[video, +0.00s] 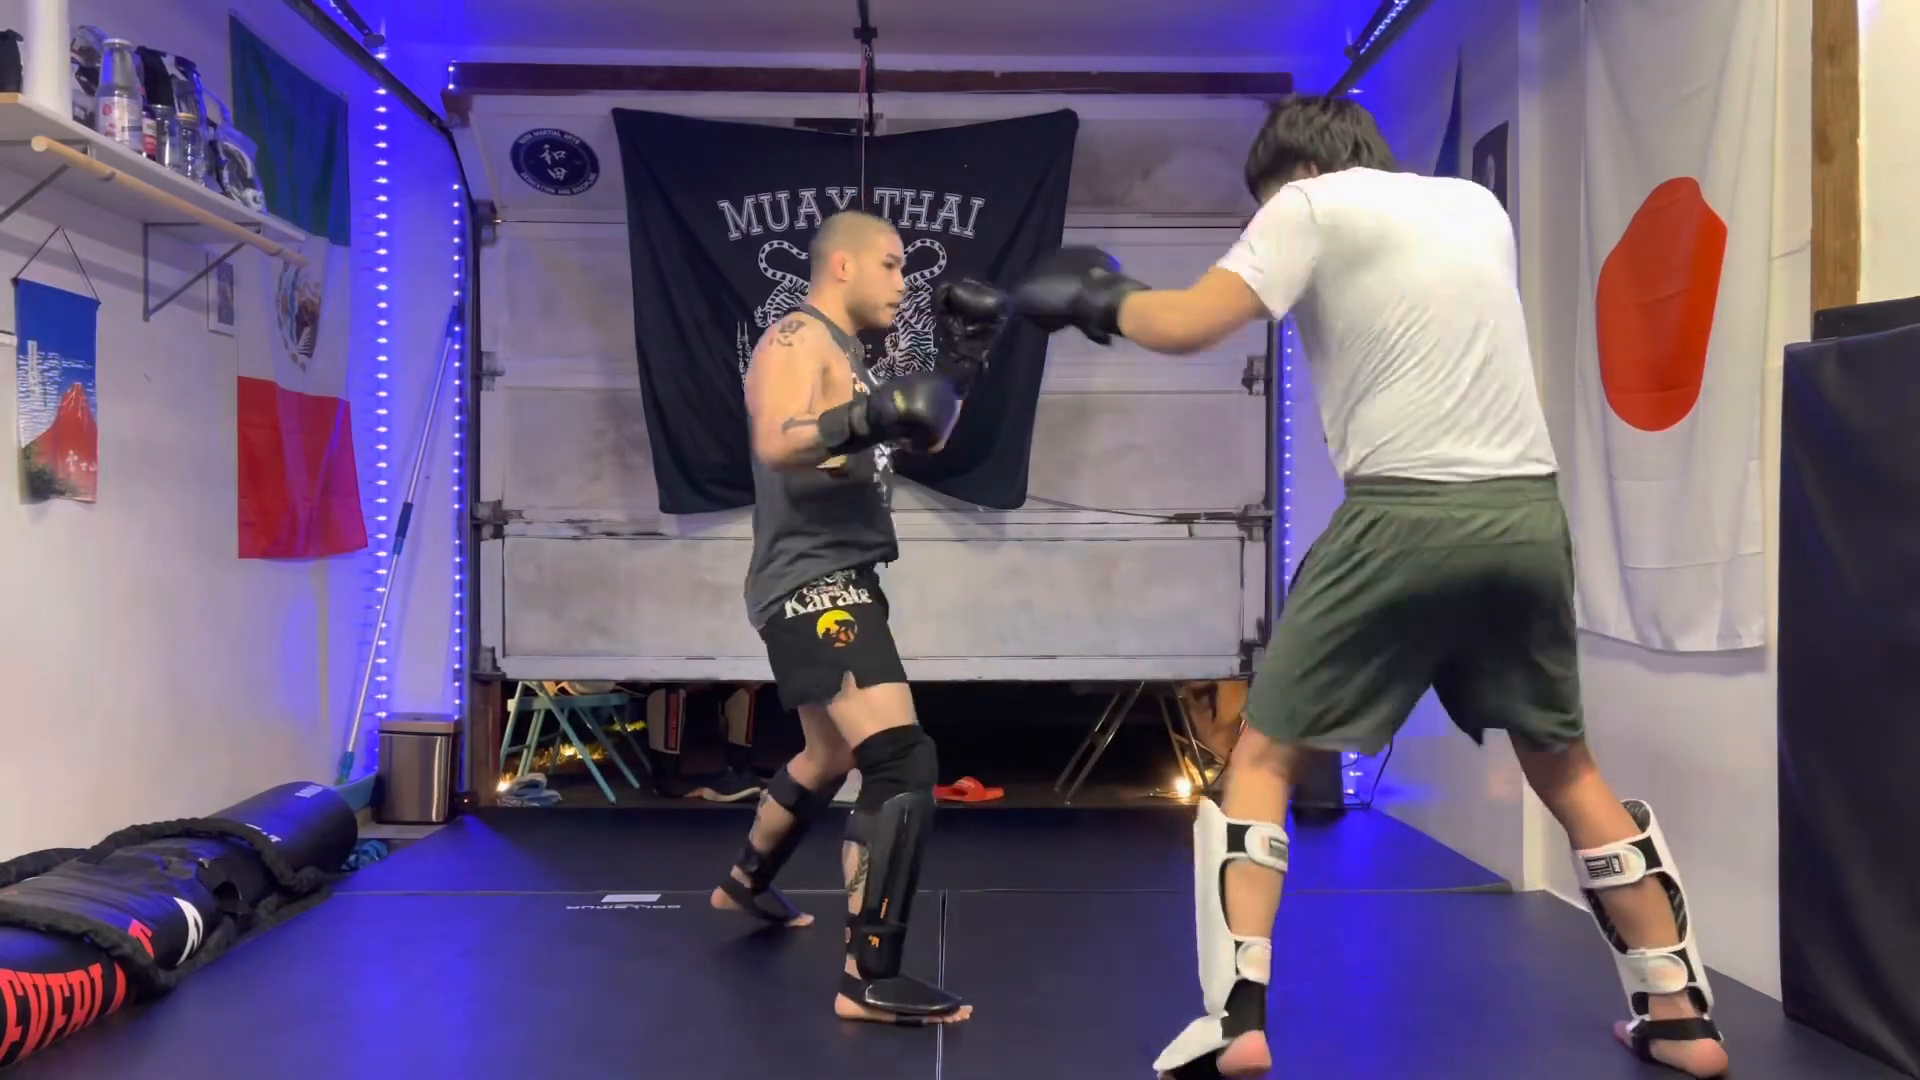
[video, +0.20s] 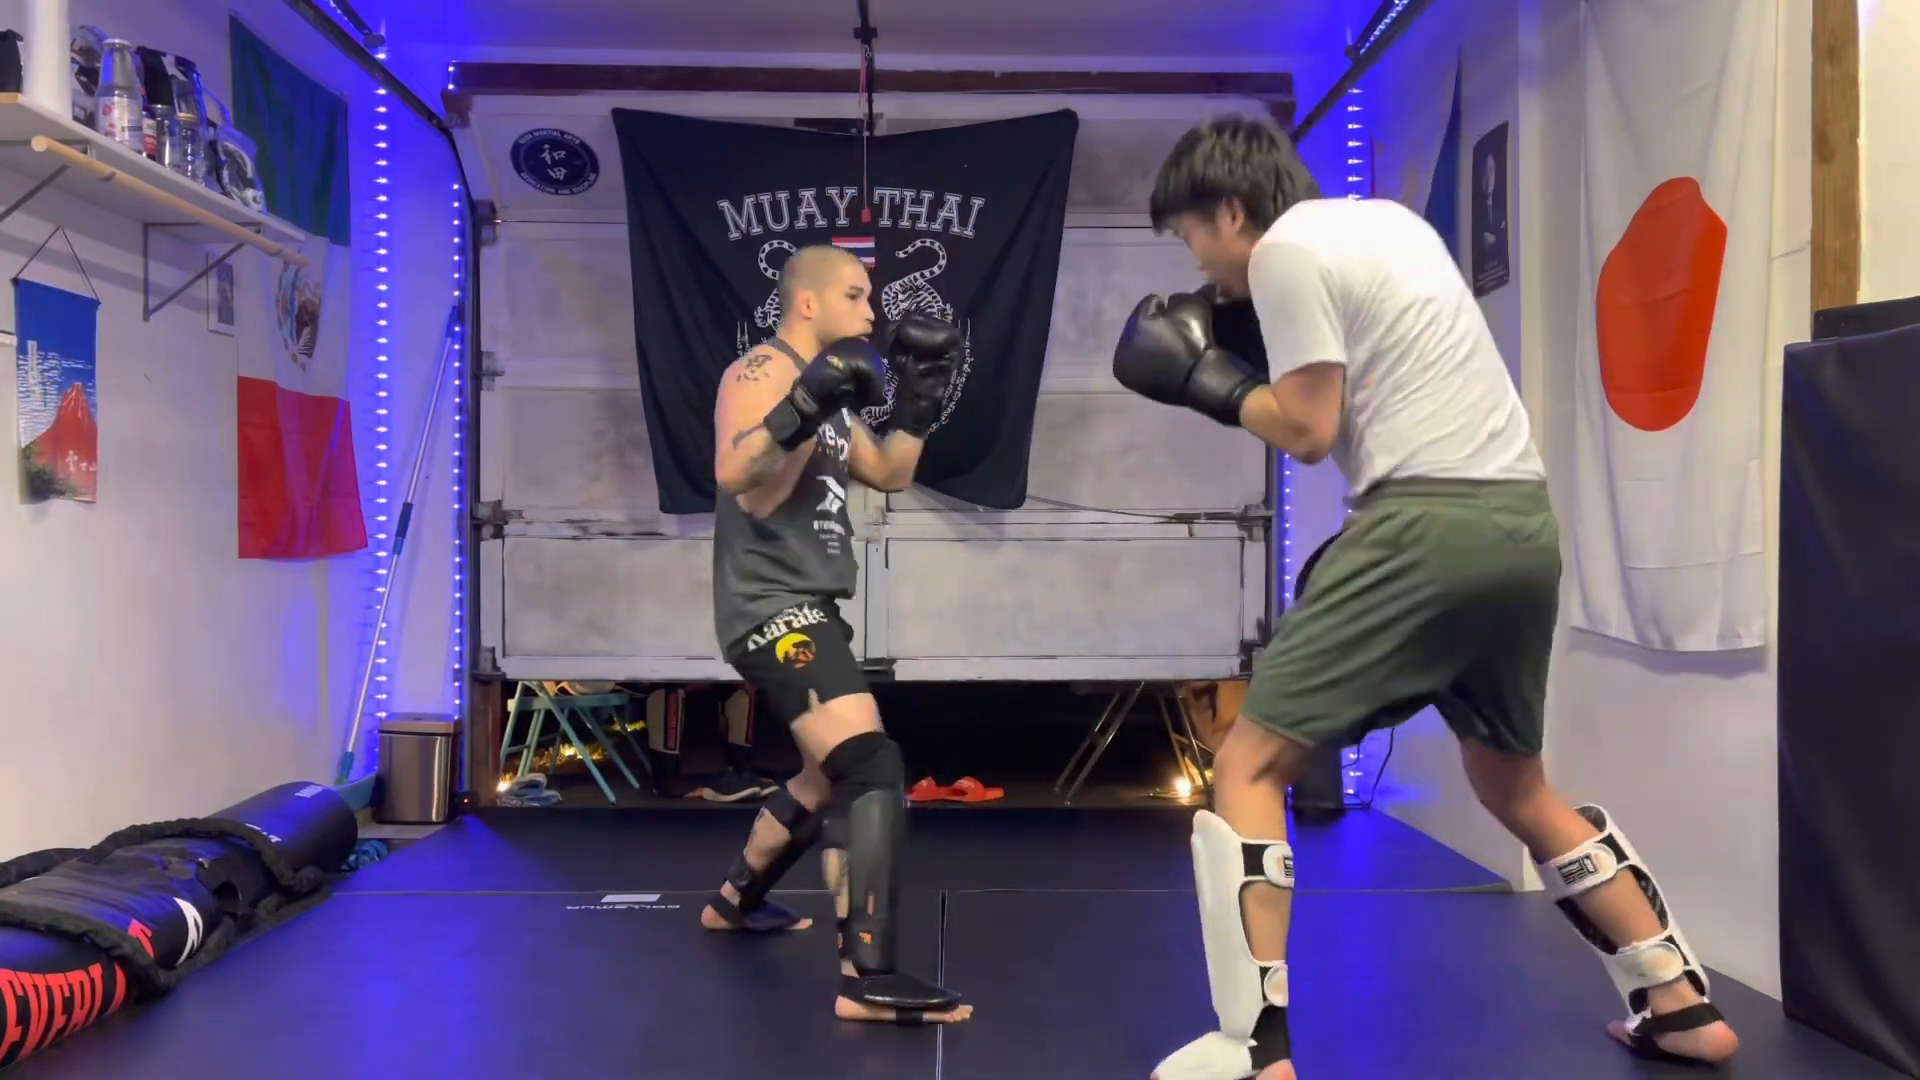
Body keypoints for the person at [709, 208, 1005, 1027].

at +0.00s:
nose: (902, 283)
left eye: (902, 268)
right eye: (890, 266)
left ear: (850, 270)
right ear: (842, 268)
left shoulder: (851, 354)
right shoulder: (794, 340)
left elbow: (927, 445)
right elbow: (777, 445)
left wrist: (959, 357)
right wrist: (873, 414)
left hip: (832, 578)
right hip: (814, 581)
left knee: (827, 757)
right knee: (900, 760)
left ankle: (745, 884)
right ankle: (874, 979)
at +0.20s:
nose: (869, 312)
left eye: (869, 299)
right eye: (855, 297)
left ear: (826, 307)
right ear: (804, 303)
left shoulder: (827, 386)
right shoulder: (758, 374)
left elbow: (890, 472)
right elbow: (740, 483)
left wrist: (921, 392)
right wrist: (809, 404)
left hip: (813, 603)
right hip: (774, 606)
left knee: (826, 776)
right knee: (874, 770)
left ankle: (738, 895)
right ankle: (871, 975)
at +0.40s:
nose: (832, 254)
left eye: (835, 243)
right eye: (819, 241)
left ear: (818, 257)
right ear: (769, 249)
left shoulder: (797, 336)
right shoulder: (737, 316)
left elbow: (854, 429)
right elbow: (733, 407)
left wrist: (900, 363)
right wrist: (804, 327)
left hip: (758, 560)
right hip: (730, 560)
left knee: (773, 740)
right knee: (794, 744)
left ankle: (728, 895)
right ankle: (711, 937)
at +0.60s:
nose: (794, 294)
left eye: (795, 281)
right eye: (780, 280)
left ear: (757, 291)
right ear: (728, 288)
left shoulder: (753, 380)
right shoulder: (692, 366)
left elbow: (819, 455)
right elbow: (694, 475)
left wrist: (856, 377)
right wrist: (750, 381)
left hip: (720, 593)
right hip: (696, 594)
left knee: (752, 761)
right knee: (807, 748)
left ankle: (695, 891)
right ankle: (689, 930)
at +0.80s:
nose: (759, 286)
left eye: (756, 271)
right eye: (742, 269)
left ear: (686, 284)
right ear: (690, 278)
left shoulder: (666, 359)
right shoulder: (689, 343)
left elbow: (714, 451)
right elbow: (792, 336)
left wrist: (760, 417)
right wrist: (910, 284)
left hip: (613, 603)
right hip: (653, 605)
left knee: (667, 767)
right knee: (732, 802)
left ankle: (650, 906)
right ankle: (666, 1015)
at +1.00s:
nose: (703, 271)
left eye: (702, 257)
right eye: (688, 255)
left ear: (634, 269)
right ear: (634, 260)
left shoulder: (628, 351)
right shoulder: (607, 336)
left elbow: (699, 447)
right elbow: (634, 418)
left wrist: (748, 370)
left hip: (539, 596)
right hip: (565, 595)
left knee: (550, 776)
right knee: (662, 789)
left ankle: (424, 913)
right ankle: (658, 1014)